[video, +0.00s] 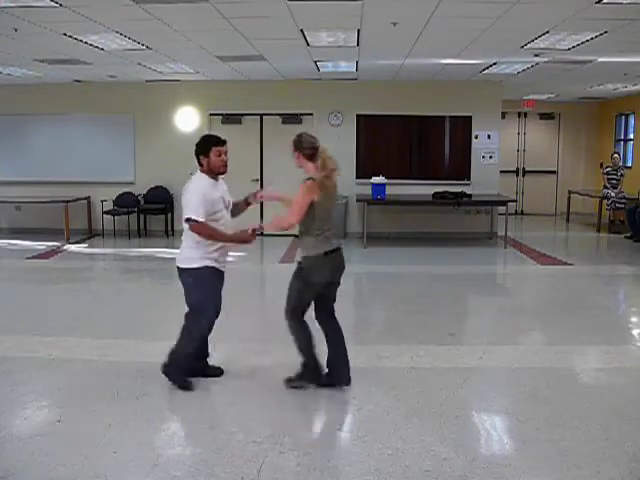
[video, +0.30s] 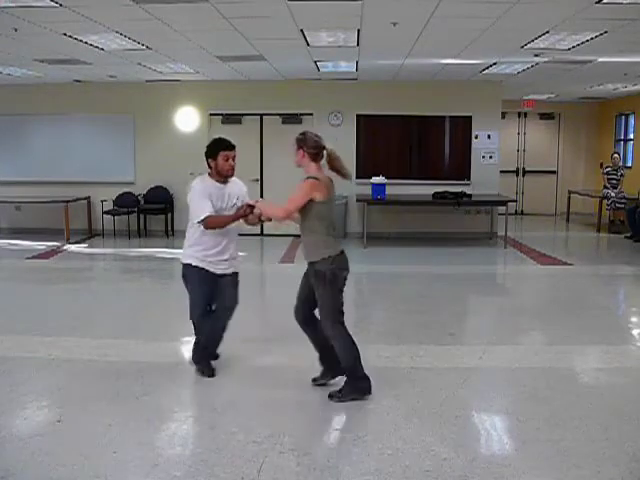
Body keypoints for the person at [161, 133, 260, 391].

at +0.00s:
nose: (224, 159)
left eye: (225, 154)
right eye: (219, 155)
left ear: (224, 156)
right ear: (203, 159)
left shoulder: (218, 183)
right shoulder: (197, 186)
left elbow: (228, 211)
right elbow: (194, 224)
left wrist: (248, 201)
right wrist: (234, 238)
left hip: (212, 263)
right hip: (196, 264)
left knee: (208, 313)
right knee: (203, 313)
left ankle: (197, 362)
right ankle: (176, 366)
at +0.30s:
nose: (232, 164)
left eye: (233, 159)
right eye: (226, 159)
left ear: (235, 160)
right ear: (211, 162)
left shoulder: (238, 187)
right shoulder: (199, 187)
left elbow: (248, 219)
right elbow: (207, 222)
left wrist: (258, 216)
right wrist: (237, 215)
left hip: (226, 262)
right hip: (198, 262)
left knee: (227, 305)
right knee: (199, 311)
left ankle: (203, 354)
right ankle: (207, 348)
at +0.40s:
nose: (239, 165)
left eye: (241, 160)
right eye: (233, 160)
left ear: (242, 161)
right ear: (219, 163)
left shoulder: (244, 186)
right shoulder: (205, 188)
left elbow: (256, 217)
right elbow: (211, 225)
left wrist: (266, 217)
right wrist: (235, 210)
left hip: (236, 261)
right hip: (207, 262)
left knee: (246, 301)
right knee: (205, 309)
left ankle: (229, 347)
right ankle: (206, 347)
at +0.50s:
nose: (250, 165)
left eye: (251, 160)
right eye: (244, 160)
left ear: (254, 161)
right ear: (229, 162)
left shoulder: (256, 186)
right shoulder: (215, 187)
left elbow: (265, 219)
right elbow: (223, 223)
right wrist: (243, 194)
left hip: (246, 261)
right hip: (216, 261)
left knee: (259, 302)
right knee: (212, 304)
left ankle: (261, 348)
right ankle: (206, 344)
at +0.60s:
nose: (262, 163)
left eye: (263, 158)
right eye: (257, 158)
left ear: (265, 160)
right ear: (243, 160)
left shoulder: (267, 186)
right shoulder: (229, 188)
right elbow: (245, 218)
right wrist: (259, 193)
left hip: (260, 263)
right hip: (230, 262)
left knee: (273, 306)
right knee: (221, 306)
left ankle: (272, 347)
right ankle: (208, 339)